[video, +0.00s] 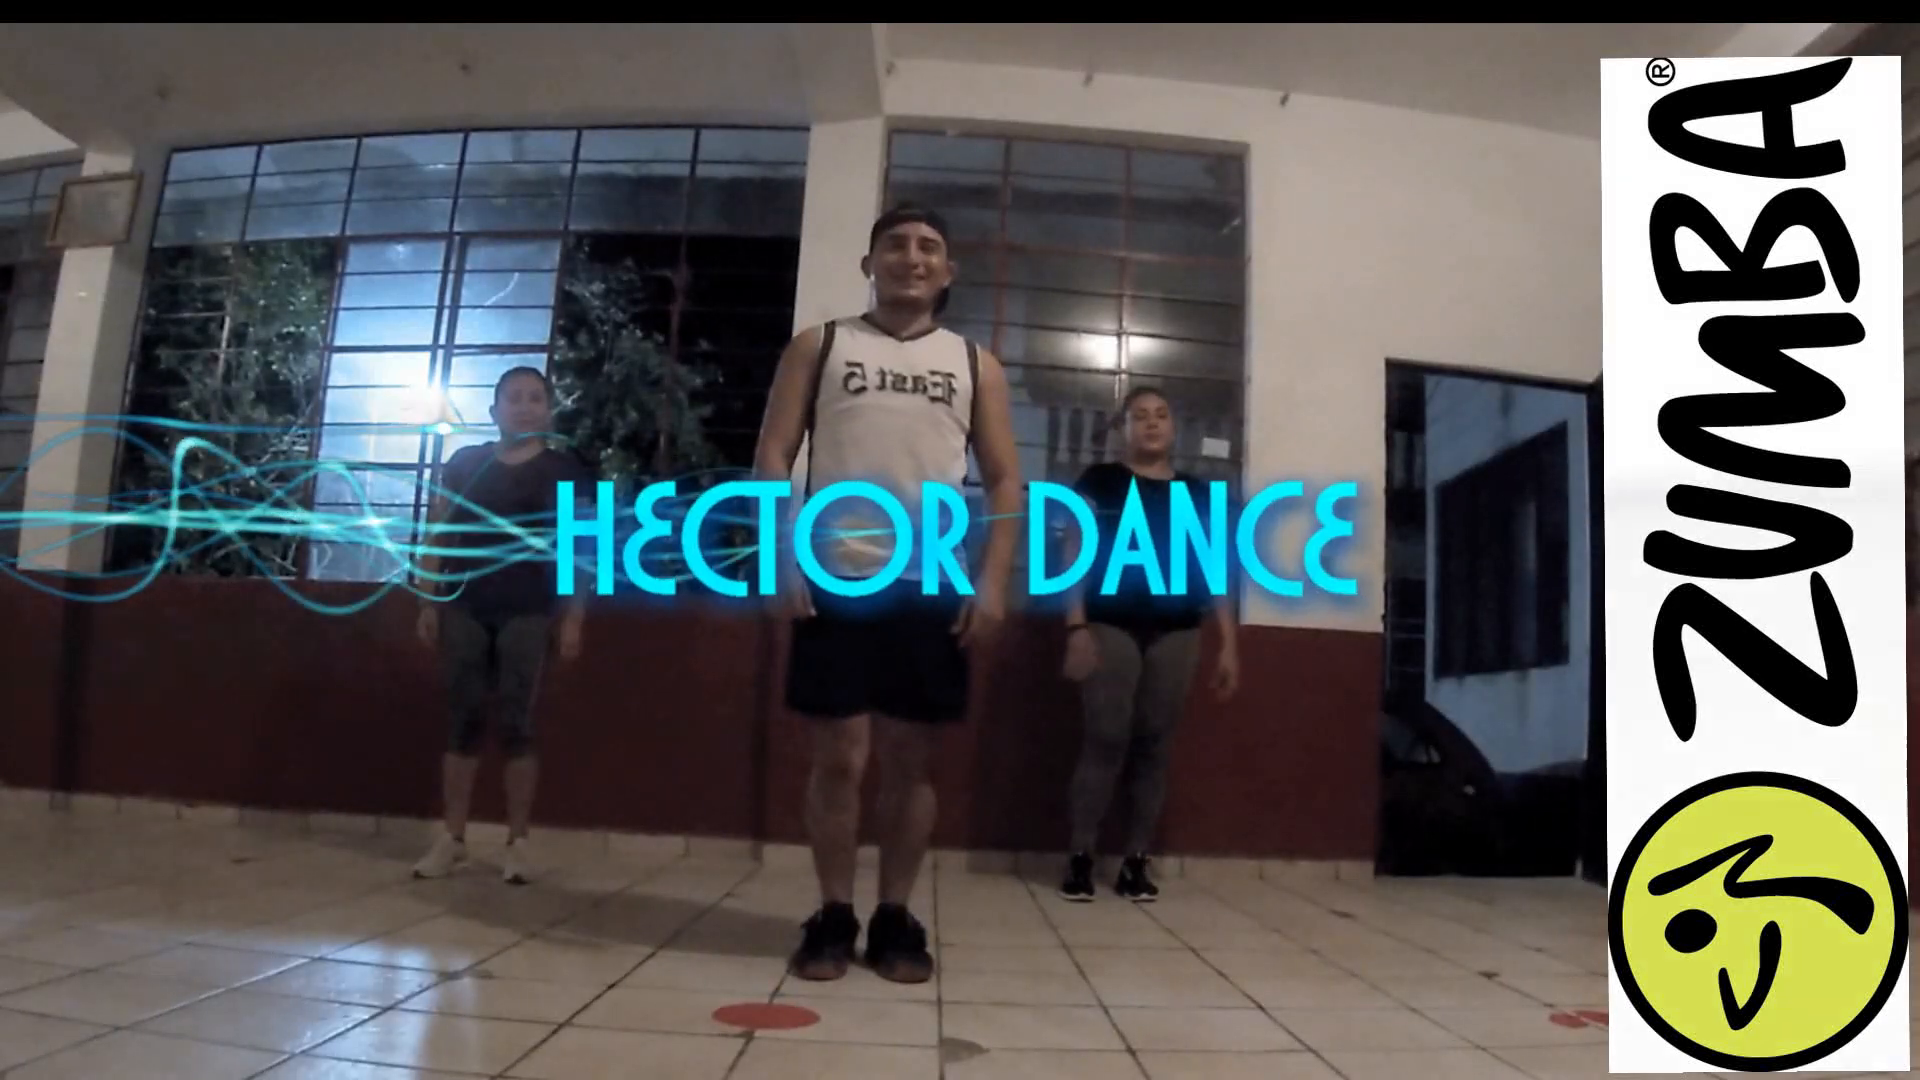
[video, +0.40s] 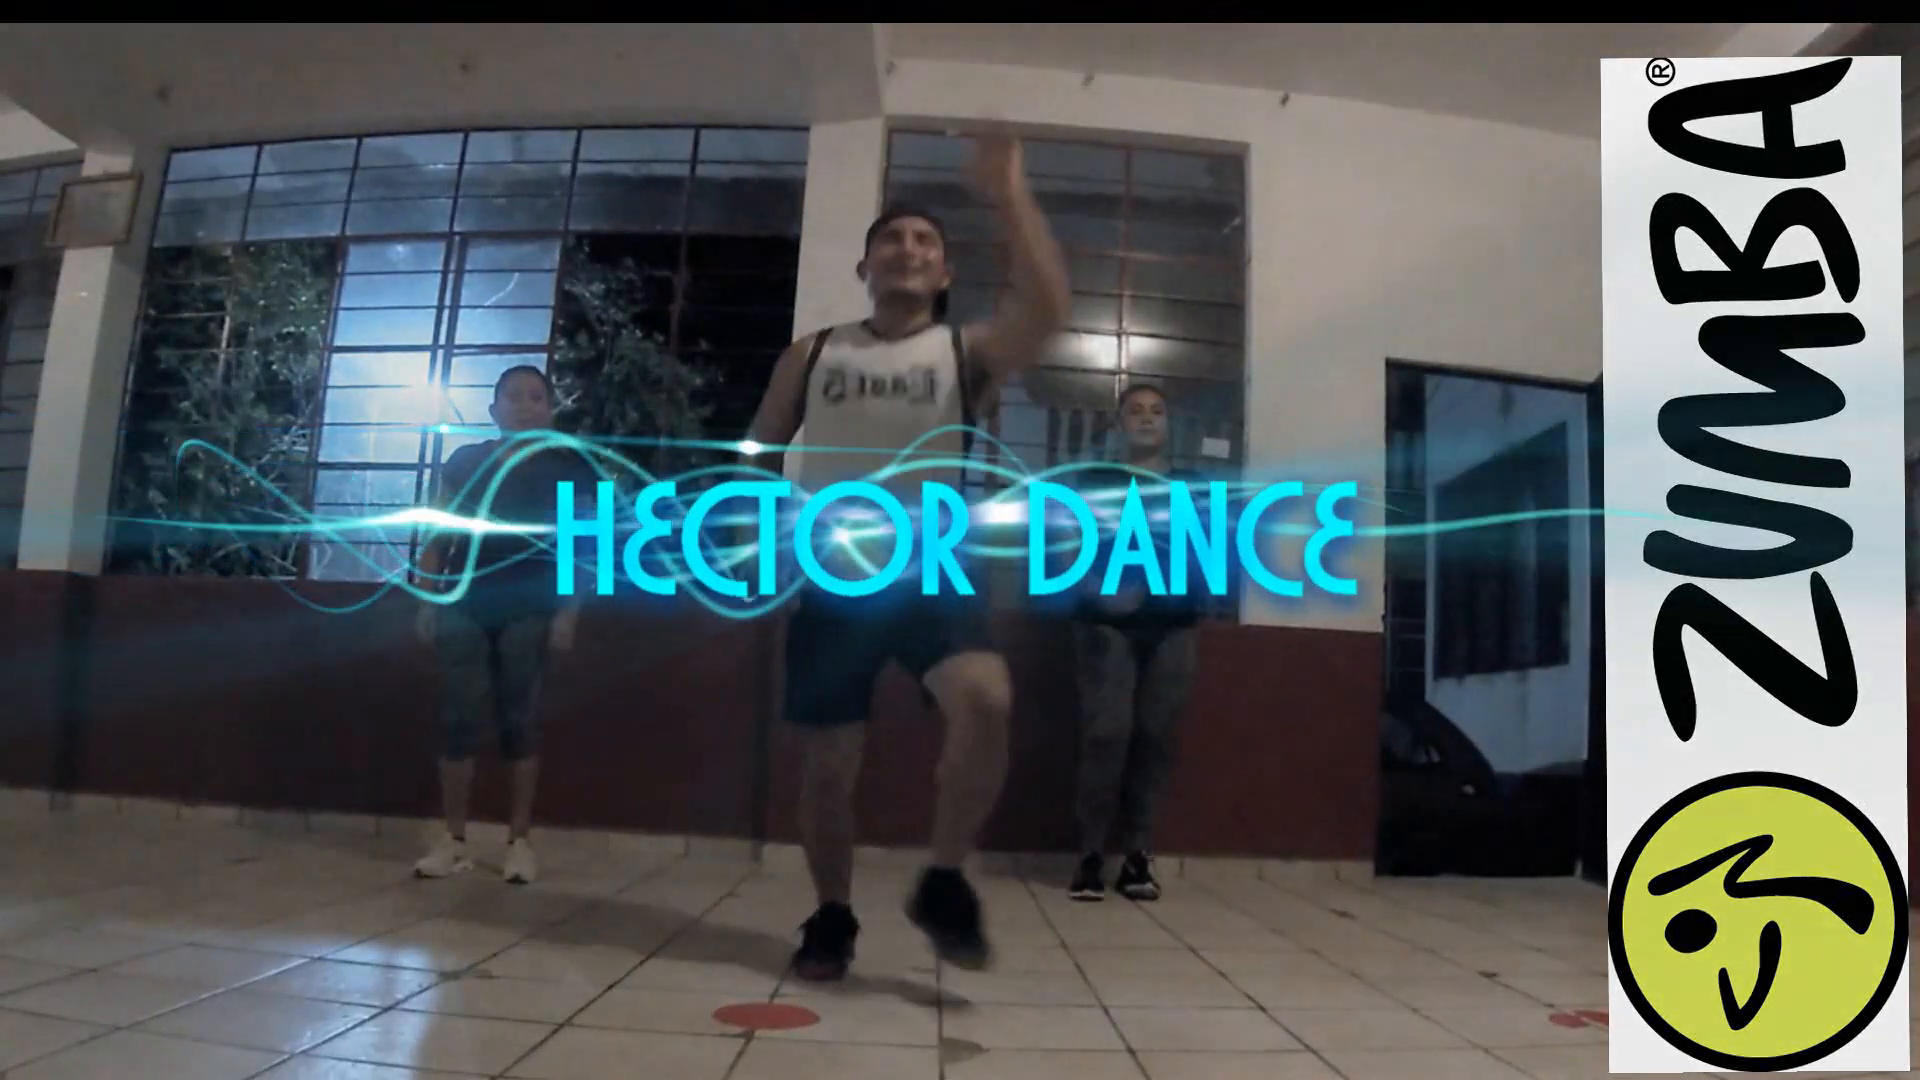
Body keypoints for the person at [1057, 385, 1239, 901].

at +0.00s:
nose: (1151, 425)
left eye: (1159, 417)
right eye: (1141, 418)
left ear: (1174, 429)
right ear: (1124, 429)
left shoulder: (1193, 491)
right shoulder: (1099, 482)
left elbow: (1216, 575)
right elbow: (1074, 556)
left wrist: (1228, 645)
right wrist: (1077, 627)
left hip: (1175, 634)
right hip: (1110, 632)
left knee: (1155, 749)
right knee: (1104, 743)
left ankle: (1137, 860)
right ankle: (1081, 856)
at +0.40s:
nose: (1147, 419)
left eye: (1156, 412)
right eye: (1137, 412)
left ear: (1168, 424)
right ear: (1120, 422)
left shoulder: (1188, 485)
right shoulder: (1094, 483)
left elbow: (1210, 555)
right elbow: (1065, 553)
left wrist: (1197, 602)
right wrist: (1095, 596)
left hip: (1172, 625)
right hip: (1107, 624)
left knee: (1157, 739)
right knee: (1106, 735)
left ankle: (1138, 857)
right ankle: (1091, 857)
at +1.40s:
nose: (1121, 417)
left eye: (1130, 410)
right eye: (1110, 408)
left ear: (1141, 426)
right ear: (1088, 420)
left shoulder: (1147, 491)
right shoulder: (1061, 468)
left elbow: (1160, 568)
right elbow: (1042, 385)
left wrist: (1170, 630)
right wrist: (1064, 315)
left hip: (1136, 625)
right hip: (1069, 624)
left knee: (1186, 721)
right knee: (1048, 737)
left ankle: (1174, 835)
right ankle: (1012, 856)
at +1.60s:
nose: (1127, 427)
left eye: (1136, 420)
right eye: (1115, 420)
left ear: (1148, 434)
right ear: (1097, 432)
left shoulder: (1165, 494)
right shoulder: (1079, 483)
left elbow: (1189, 551)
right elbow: (1035, 431)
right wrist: (1063, 357)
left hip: (1156, 632)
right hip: (1091, 628)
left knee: (1163, 744)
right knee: (1064, 742)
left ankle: (1144, 854)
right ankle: (1017, 862)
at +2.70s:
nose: (1173, 419)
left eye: (1182, 413)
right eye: (1162, 413)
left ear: (1198, 429)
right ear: (1144, 431)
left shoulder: (1225, 478)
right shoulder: (1127, 491)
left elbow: (1299, 428)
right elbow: (1076, 527)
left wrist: (1292, 355)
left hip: (1218, 626)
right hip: (1139, 626)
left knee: (1236, 743)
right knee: (1080, 723)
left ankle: (1243, 880)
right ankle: (1079, 849)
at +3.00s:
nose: (1145, 417)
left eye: (1154, 411)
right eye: (1134, 410)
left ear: (1166, 428)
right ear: (1114, 424)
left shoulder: (1185, 492)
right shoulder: (1095, 477)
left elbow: (1242, 548)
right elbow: (1071, 396)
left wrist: (1261, 508)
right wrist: (1083, 323)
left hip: (1178, 625)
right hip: (1100, 622)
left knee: (1207, 746)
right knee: (1069, 740)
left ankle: (1237, 878)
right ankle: (1036, 870)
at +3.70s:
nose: (1150, 425)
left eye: (1158, 418)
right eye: (1139, 419)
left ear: (1171, 430)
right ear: (1120, 433)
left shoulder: (1194, 490)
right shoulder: (1102, 487)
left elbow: (1232, 555)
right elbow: (1072, 553)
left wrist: (1274, 603)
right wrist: (1074, 587)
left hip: (1174, 634)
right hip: (1107, 630)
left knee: (1172, 742)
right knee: (1082, 735)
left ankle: (1158, 857)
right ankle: (1058, 849)